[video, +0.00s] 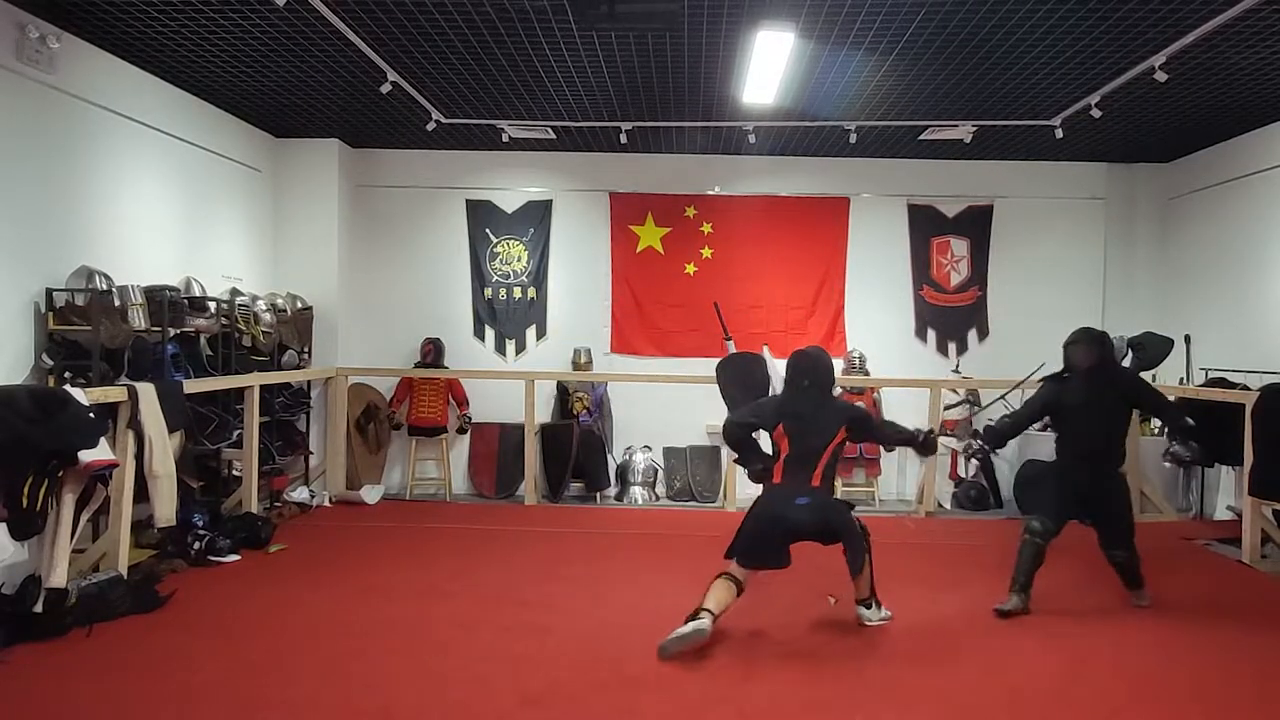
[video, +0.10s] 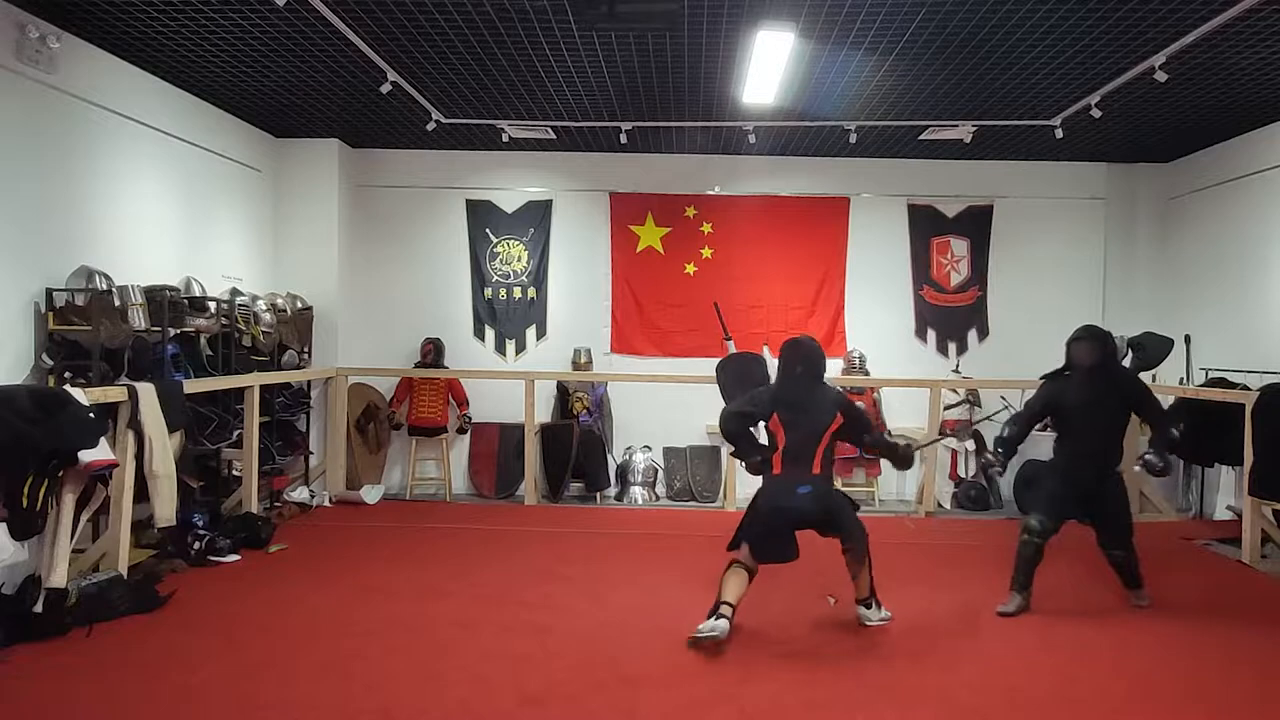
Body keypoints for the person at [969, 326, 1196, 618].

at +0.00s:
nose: (1081, 360)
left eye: (1088, 354)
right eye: (1075, 354)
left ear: (1103, 355)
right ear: (1067, 356)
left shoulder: (1124, 383)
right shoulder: (1057, 387)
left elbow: (1162, 407)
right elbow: (1022, 417)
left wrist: (1182, 427)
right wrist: (989, 437)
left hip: (1107, 481)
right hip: (1064, 478)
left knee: (1118, 546)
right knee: (1036, 530)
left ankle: (1137, 589)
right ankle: (1018, 594)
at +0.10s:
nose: (1084, 356)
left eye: (1090, 349)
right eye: (1078, 349)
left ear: (1105, 352)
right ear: (1069, 352)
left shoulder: (1124, 383)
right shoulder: (1057, 386)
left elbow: (1159, 418)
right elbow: (1026, 418)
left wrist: (1158, 449)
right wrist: (1003, 449)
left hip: (1105, 478)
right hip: (1062, 475)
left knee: (1117, 545)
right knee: (1033, 529)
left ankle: (1136, 588)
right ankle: (1019, 593)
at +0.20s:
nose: (1074, 363)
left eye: (1082, 356)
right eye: (1069, 355)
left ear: (1096, 355)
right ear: (1060, 353)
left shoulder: (1118, 385)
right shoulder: (1048, 385)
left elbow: (1146, 426)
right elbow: (1022, 426)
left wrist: (1139, 464)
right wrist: (1017, 459)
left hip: (1096, 475)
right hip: (1054, 473)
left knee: (1115, 540)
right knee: (1030, 529)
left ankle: (1133, 586)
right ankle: (1021, 593)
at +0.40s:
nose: (1034, 360)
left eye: (1041, 353)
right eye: (1030, 353)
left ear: (1060, 353)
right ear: (1027, 353)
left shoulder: (1092, 383)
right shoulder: (1022, 386)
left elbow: (1130, 423)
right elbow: (996, 428)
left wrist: (1110, 463)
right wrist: (997, 467)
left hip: (1085, 467)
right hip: (1041, 466)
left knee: (1099, 542)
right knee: (1025, 528)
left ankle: (1130, 583)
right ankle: (1020, 594)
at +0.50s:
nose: (1025, 358)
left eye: (1032, 351)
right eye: (1022, 351)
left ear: (1051, 351)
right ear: (1020, 352)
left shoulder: (1085, 381)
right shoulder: (1017, 386)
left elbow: (1124, 424)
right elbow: (993, 430)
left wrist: (1099, 458)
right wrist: (997, 468)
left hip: (1080, 467)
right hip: (1038, 466)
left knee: (1091, 541)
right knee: (1023, 528)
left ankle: (1117, 577)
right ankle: (1020, 595)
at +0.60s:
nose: (1025, 350)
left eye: (1032, 344)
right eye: (1022, 344)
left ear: (1050, 345)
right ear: (1018, 348)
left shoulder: (1079, 373)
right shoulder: (1016, 382)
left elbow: (1113, 420)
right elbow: (995, 429)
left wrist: (1075, 446)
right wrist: (999, 465)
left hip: (1080, 462)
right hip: (1037, 461)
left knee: (1080, 537)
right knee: (1021, 527)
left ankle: (1093, 568)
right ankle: (1019, 594)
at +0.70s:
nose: (1032, 349)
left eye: (1039, 343)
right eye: (1029, 342)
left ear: (1056, 344)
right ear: (1023, 345)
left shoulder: (1082, 371)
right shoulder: (1019, 379)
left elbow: (1103, 416)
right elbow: (1001, 426)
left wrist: (1058, 428)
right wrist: (1007, 458)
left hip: (1074, 461)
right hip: (1033, 460)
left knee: (1075, 529)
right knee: (1021, 527)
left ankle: (1080, 576)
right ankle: (1018, 593)